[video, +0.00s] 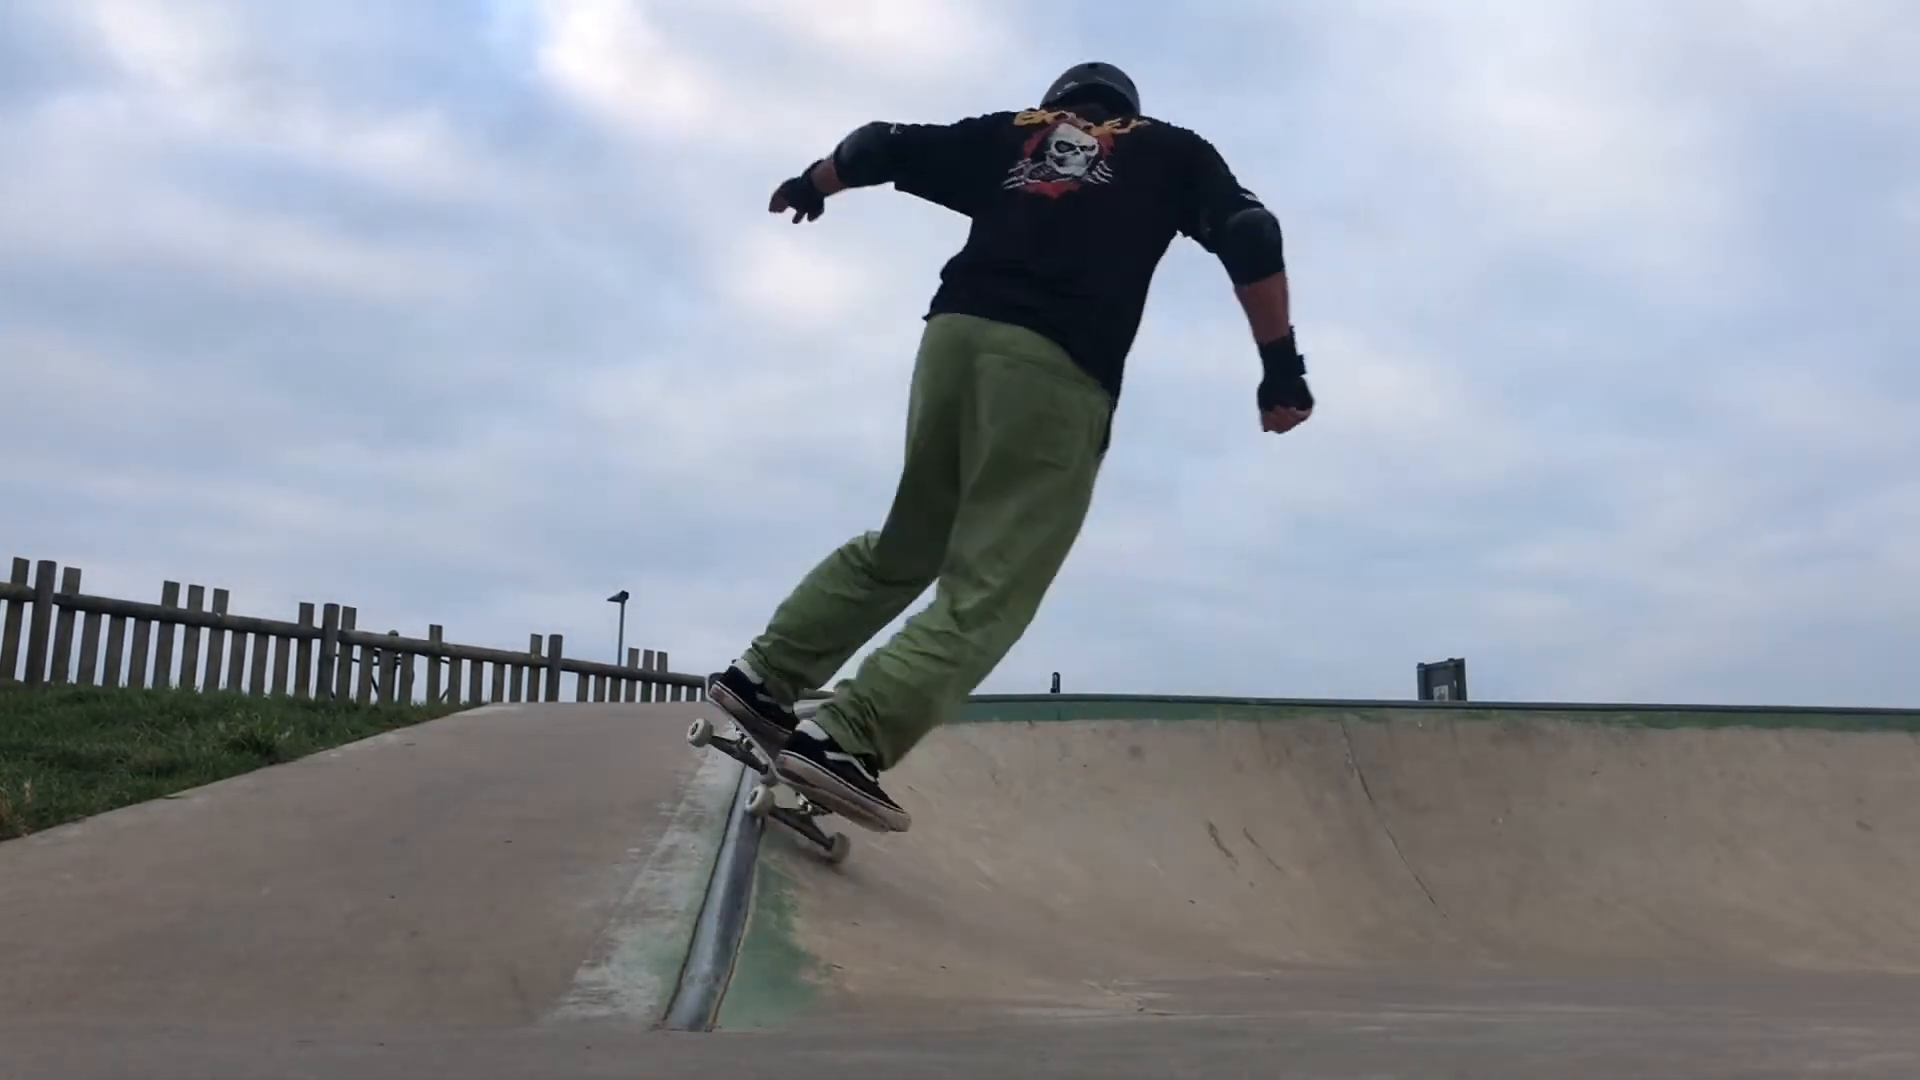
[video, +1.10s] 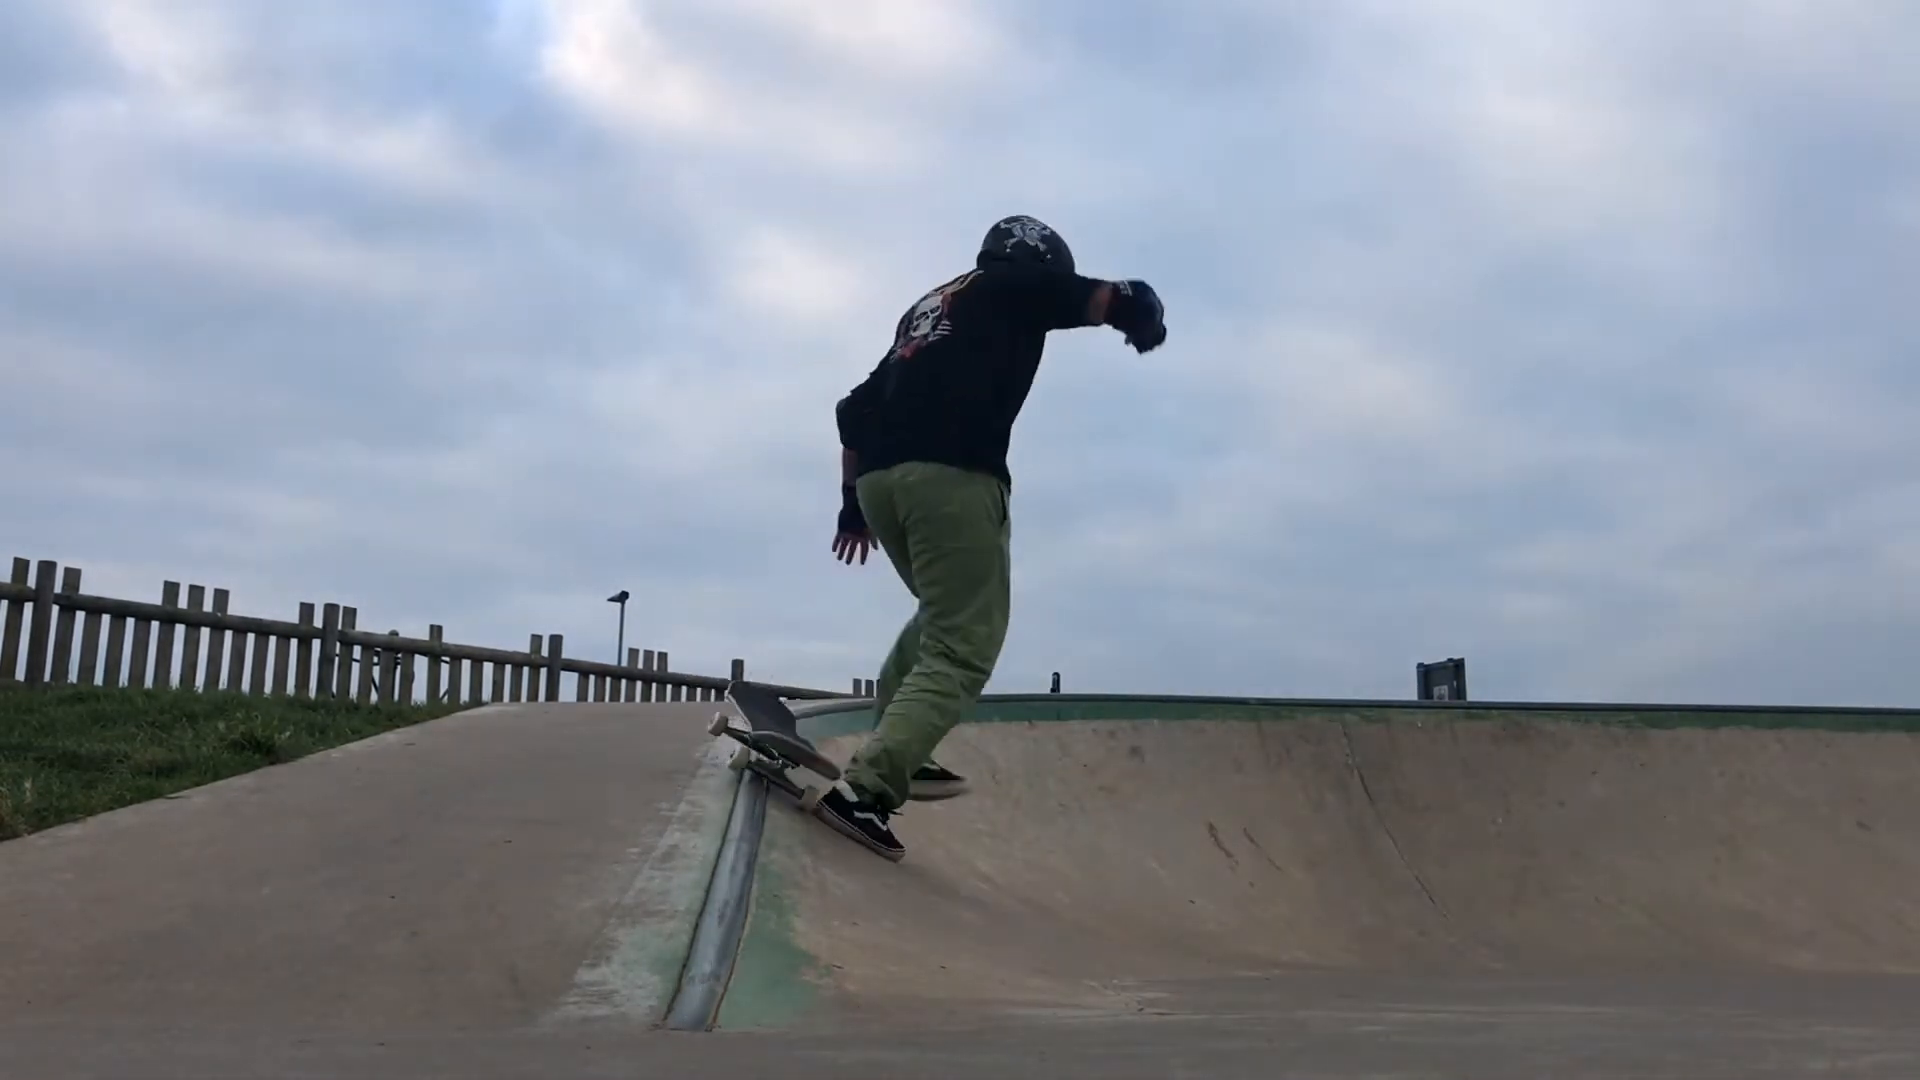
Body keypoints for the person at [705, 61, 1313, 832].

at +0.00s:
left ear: (1053, 106)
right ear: (1133, 115)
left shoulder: (1009, 133)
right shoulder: (1172, 151)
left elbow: (887, 144)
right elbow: (1250, 232)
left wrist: (816, 182)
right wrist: (1282, 367)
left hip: (952, 332)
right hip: (1055, 362)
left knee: (907, 542)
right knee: (986, 595)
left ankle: (762, 683)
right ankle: (844, 742)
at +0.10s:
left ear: (1007, 97)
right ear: (1076, 116)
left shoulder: (951, 120)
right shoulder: (1095, 154)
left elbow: (832, 96)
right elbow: (1164, 264)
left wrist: (790, 121)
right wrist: (1153, 385)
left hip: (871, 327)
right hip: (959, 350)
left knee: (847, 545)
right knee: (934, 570)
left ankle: (755, 687)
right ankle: (786, 702)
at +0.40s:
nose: (982, 167)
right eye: (983, 157)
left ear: (922, 134)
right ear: (976, 150)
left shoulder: (853, 158)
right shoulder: (974, 172)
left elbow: (748, 171)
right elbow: (1060, 237)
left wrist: (741, 217)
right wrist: (1105, 315)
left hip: (769, 332)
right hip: (848, 342)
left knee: (765, 531)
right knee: (847, 539)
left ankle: (726, 690)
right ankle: (738, 679)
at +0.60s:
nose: (965, 180)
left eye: (960, 171)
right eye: (966, 172)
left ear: (909, 150)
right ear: (957, 161)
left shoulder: (844, 179)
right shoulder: (951, 177)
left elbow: (749, 224)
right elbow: (1032, 235)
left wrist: (781, 281)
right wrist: (1069, 327)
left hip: (761, 327)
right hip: (834, 328)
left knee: (763, 521)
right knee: (832, 518)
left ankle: (723, 676)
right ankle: (734, 663)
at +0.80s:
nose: (979, 260)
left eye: (981, 255)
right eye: (985, 247)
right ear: (976, 223)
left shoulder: (870, 232)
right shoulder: (964, 198)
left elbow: (870, 333)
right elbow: (1038, 143)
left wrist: (915, 441)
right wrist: (1117, 84)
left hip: (783, 334)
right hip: (874, 335)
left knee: (751, 525)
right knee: (894, 522)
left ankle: (711, 678)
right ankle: (872, 688)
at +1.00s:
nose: (1043, 246)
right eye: (1028, 235)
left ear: (960, 228)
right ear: (1008, 230)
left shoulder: (904, 271)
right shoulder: (1000, 244)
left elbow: (892, 350)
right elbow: (1074, 195)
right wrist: (1125, 166)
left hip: (843, 429)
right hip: (924, 436)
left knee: (861, 558)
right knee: (919, 630)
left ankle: (779, 633)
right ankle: (851, 785)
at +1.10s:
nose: (1055, 289)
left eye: (1056, 280)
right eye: (1055, 279)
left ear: (993, 254)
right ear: (1041, 264)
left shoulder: (926, 310)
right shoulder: (1020, 284)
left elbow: (855, 409)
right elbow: (1108, 299)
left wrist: (853, 500)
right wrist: (1137, 310)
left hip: (878, 480)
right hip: (954, 473)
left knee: (941, 607)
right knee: (960, 653)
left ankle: (899, 746)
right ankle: (865, 791)